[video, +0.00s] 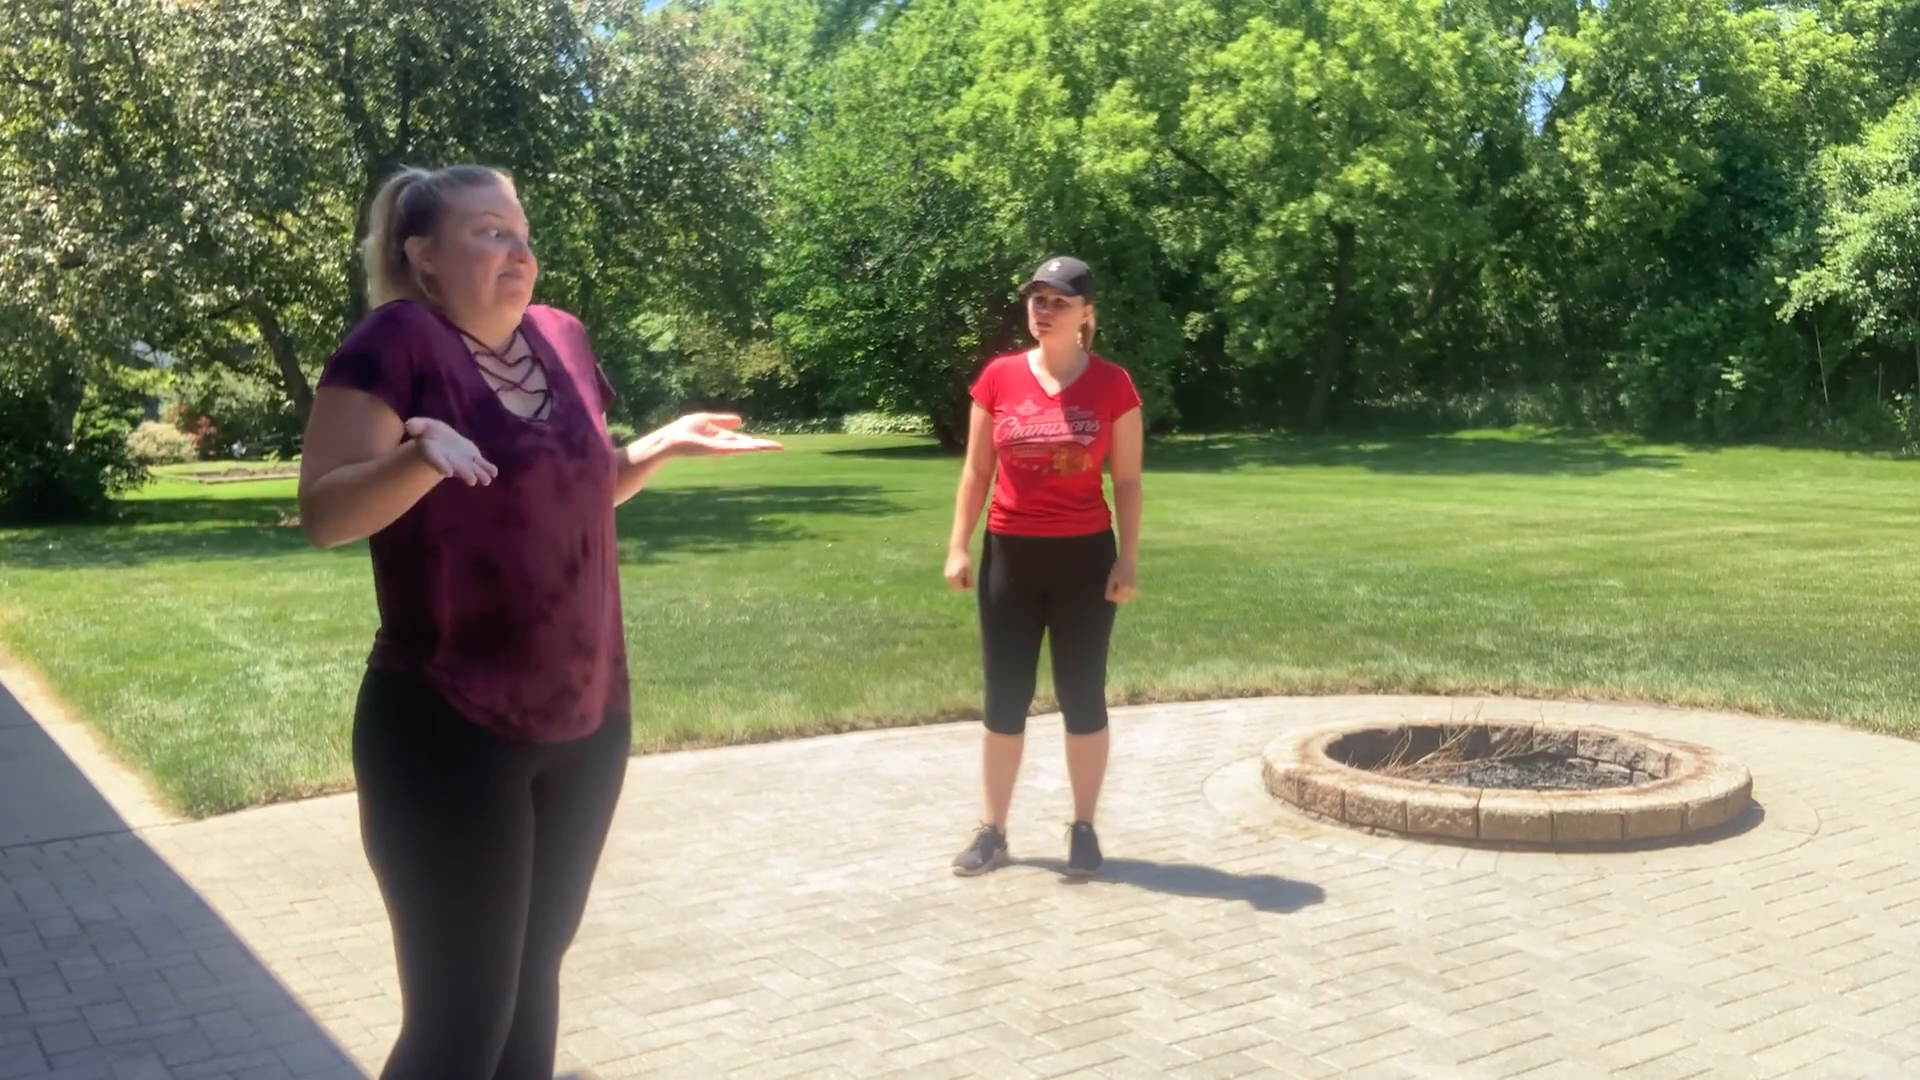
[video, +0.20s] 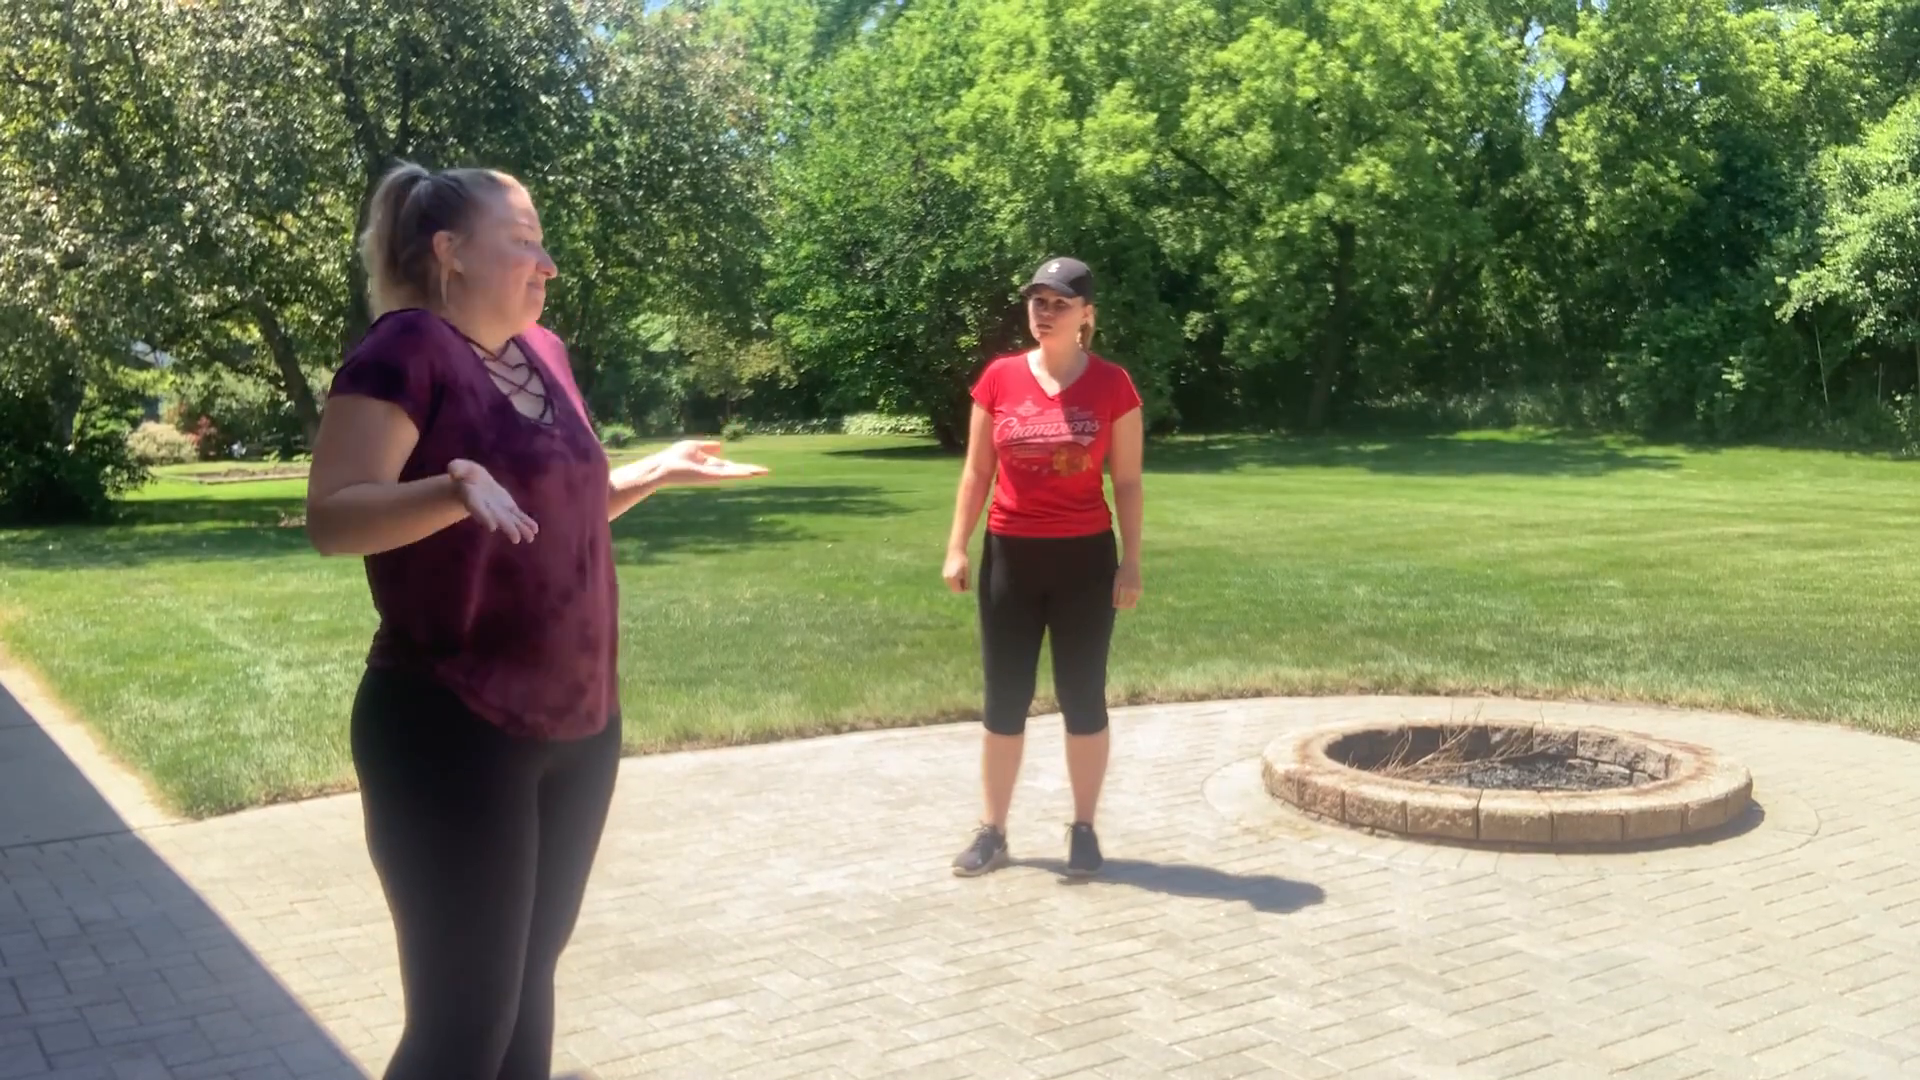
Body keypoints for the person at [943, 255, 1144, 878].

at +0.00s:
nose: (1043, 310)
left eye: (1058, 302)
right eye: (1037, 300)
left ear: (1086, 313)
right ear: (1026, 306)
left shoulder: (1111, 383)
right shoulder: (999, 376)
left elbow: (1127, 478)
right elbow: (976, 469)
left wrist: (1127, 556)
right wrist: (959, 544)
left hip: (1085, 557)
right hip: (1008, 556)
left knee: (1082, 697)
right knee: (1004, 698)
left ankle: (1083, 827)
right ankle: (992, 828)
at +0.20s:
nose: (1044, 311)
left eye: (1059, 303)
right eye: (1038, 301)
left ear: (1086, 314)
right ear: (1027, 307)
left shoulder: (1112, 384)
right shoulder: (999, 377)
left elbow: (1127, 480)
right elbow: (977, 470)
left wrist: (1131, 559)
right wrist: (957, 544)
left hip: (1085, 557)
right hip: (1009, 556)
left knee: (1082, 698)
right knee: (1004, 698)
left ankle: (1083, 827)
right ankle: (992, 828)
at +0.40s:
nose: (1043, 311)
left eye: (1057, 303)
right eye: (1036, 301)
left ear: (1085, 313)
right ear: (1025, 307)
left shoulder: (1110, 382)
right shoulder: (998, 376)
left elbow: (1127, 478)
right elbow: (976, 470)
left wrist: (1133, 556)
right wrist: (957, 545)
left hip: (1085, 557)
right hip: (1009, 556)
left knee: (1082, 698)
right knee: (1004, 698)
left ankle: (1084, 827)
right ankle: (992, 828)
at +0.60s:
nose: (1042, 310)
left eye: (1056, 300)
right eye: (1035, 299)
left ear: (1084, 310)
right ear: (1024, 307)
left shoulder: (1111, 381)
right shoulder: (999, 376)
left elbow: (1128, 476)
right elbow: (970, 468)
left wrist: (1133, 554)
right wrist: (966, 544)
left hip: (1086, 555)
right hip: (1009, 555)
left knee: (1083, 696)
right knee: (1004, 697)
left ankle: (1085, 825)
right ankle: (992, 827)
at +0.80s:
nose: (1030, 310)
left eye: (1044, 300)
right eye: (1024, 300)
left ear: (1077, 309)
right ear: (1017, 308)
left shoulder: (1110, 380)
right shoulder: (999, 365)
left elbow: (1129, 474)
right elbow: (921, 392)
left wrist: (1135, 553)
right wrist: (972, 402)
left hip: (1086, 554)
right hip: (1010, 551)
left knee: (1085, 697)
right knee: (1002, 696)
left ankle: (1085, 824)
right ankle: (992, 828)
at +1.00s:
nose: (1017, 303)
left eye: (1032, 294)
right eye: (1011, 295)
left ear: (1063, 306)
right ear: (1003, 308)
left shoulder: (1094, 379)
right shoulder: (992, 367)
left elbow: (1117, 470)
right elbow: (954, 335)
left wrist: (1134, 546)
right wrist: (911, 296)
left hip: (1077, 554)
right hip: (1000, 554)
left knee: (1079, 696)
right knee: (996, 698)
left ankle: (1085, 827)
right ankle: (986, 834)